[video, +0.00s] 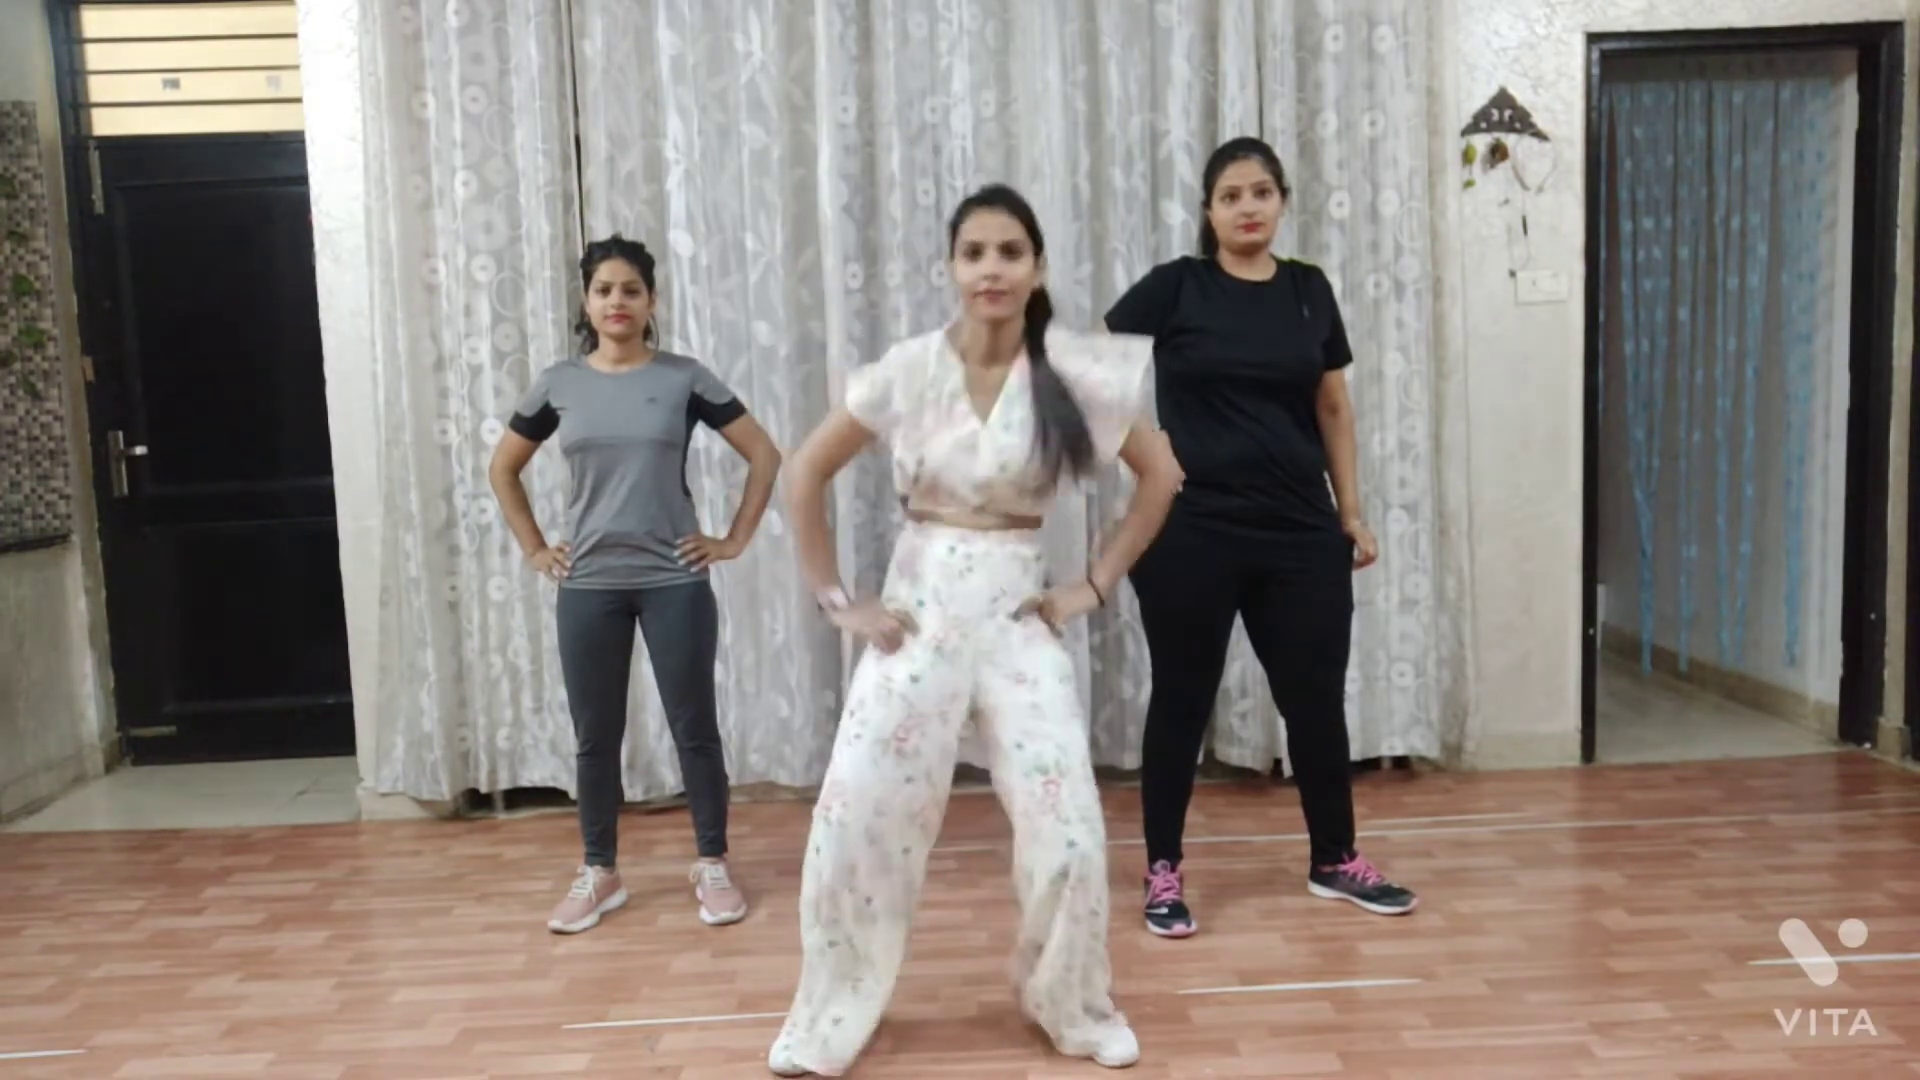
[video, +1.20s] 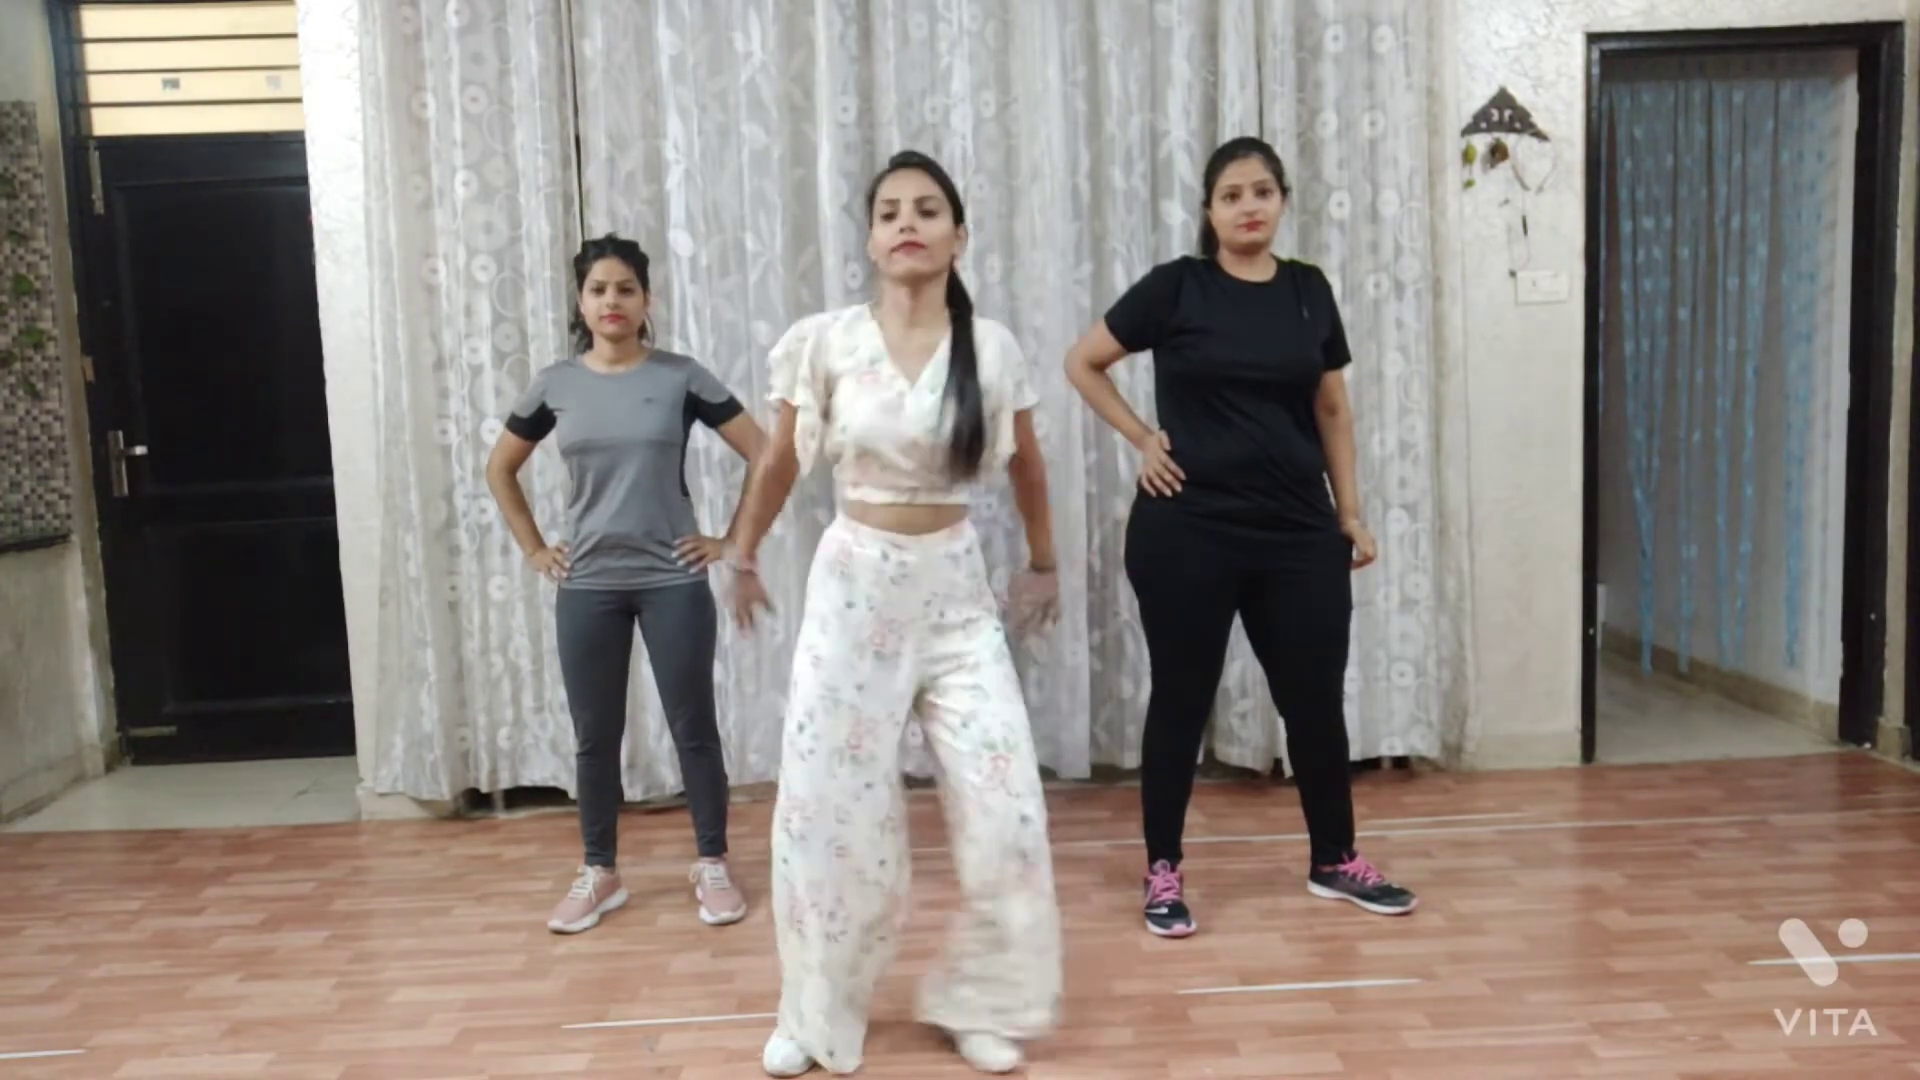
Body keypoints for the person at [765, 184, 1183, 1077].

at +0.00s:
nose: (992, 269)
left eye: (1010, 252)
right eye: (975, 253)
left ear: (1038, 267)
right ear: (951, 267)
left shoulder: (1075, 376)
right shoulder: (907, 373)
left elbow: (1163, 478)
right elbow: (802, 474)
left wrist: (1092, 585)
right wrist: (838, 599)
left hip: (1020, 619)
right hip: (912, 614)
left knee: (1070, 830)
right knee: (852, 815)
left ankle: (1075, 1006)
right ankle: (825, 1020)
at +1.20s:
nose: (908, 227)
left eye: (926, 212)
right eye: (890, 214)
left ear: (959, 234)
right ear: (868, 237)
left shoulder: (991, 349)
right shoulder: (821, 342)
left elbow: (1025, 466)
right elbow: (781, 462)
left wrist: (1041, 563)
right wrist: (743, 553)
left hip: (960, 606)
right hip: (851, 606)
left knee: (1008, 808)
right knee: (825, 806)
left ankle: (981, 1007)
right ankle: (813, 1016)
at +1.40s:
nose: (924, 226)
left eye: (941, 211)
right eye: (906, 216)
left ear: (973, 231)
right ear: (885, 242)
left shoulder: (1019, 340)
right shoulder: (854, 347)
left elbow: (1096, 434)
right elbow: (752, 433)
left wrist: (1161, 501)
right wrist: (656, 501)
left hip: (976, 603)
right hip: (877, 594)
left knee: (990, 817)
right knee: (789, 790)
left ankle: (921, 1000)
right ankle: (702, 1001)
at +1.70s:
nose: (926, 237)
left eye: (943, 225)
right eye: (908, 226)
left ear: (974, 246)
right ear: (885, 250)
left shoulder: (1021, 348)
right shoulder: (853, 352)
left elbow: (1152, 398)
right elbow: (720, 412)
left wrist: (1275, 441)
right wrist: (596, 456)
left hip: (969, 615)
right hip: (871, 608)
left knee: (982, 819)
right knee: (770, 805)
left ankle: (949, 1027)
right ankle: (646, 1020)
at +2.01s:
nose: (926, 238)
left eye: (944, 224)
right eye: (907, 228)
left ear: (974, 250)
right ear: (885, 256)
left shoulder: (1009, 341)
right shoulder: (864, 348)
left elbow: (1131, 372)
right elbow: (772, 378)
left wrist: (1248, 404)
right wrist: (675, 408)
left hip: (972, 606)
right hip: (871, 599)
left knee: (983, 823)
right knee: (768, 797)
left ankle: (948, 1030)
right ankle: (646, 1014)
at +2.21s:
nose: (933, 240)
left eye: (950, 227)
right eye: (916, 228)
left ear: (979, 247)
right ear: (891, 250)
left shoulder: (1005, 343)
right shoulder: (866, 341)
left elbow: (1072, 373)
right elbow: (812, 357)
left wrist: (1141, 405)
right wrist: (754, 380)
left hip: (971, 605)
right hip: (872, 596)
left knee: (986, 822)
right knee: (769, 789)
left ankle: (949, 1024)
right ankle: (646, 1010)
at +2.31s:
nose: (938, 241)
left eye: (954, 227)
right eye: (919, 228)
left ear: (980, 245)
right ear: (894, 247)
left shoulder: (1006, 338)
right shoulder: (871, 333)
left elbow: (1040, 375)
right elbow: (858, 349)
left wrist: (1068, 412)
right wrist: (861, 357)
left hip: (967, 597)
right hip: (874, 590)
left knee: (983, 813)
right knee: (772, 785)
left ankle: (951, 1023)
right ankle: (648, 1007)